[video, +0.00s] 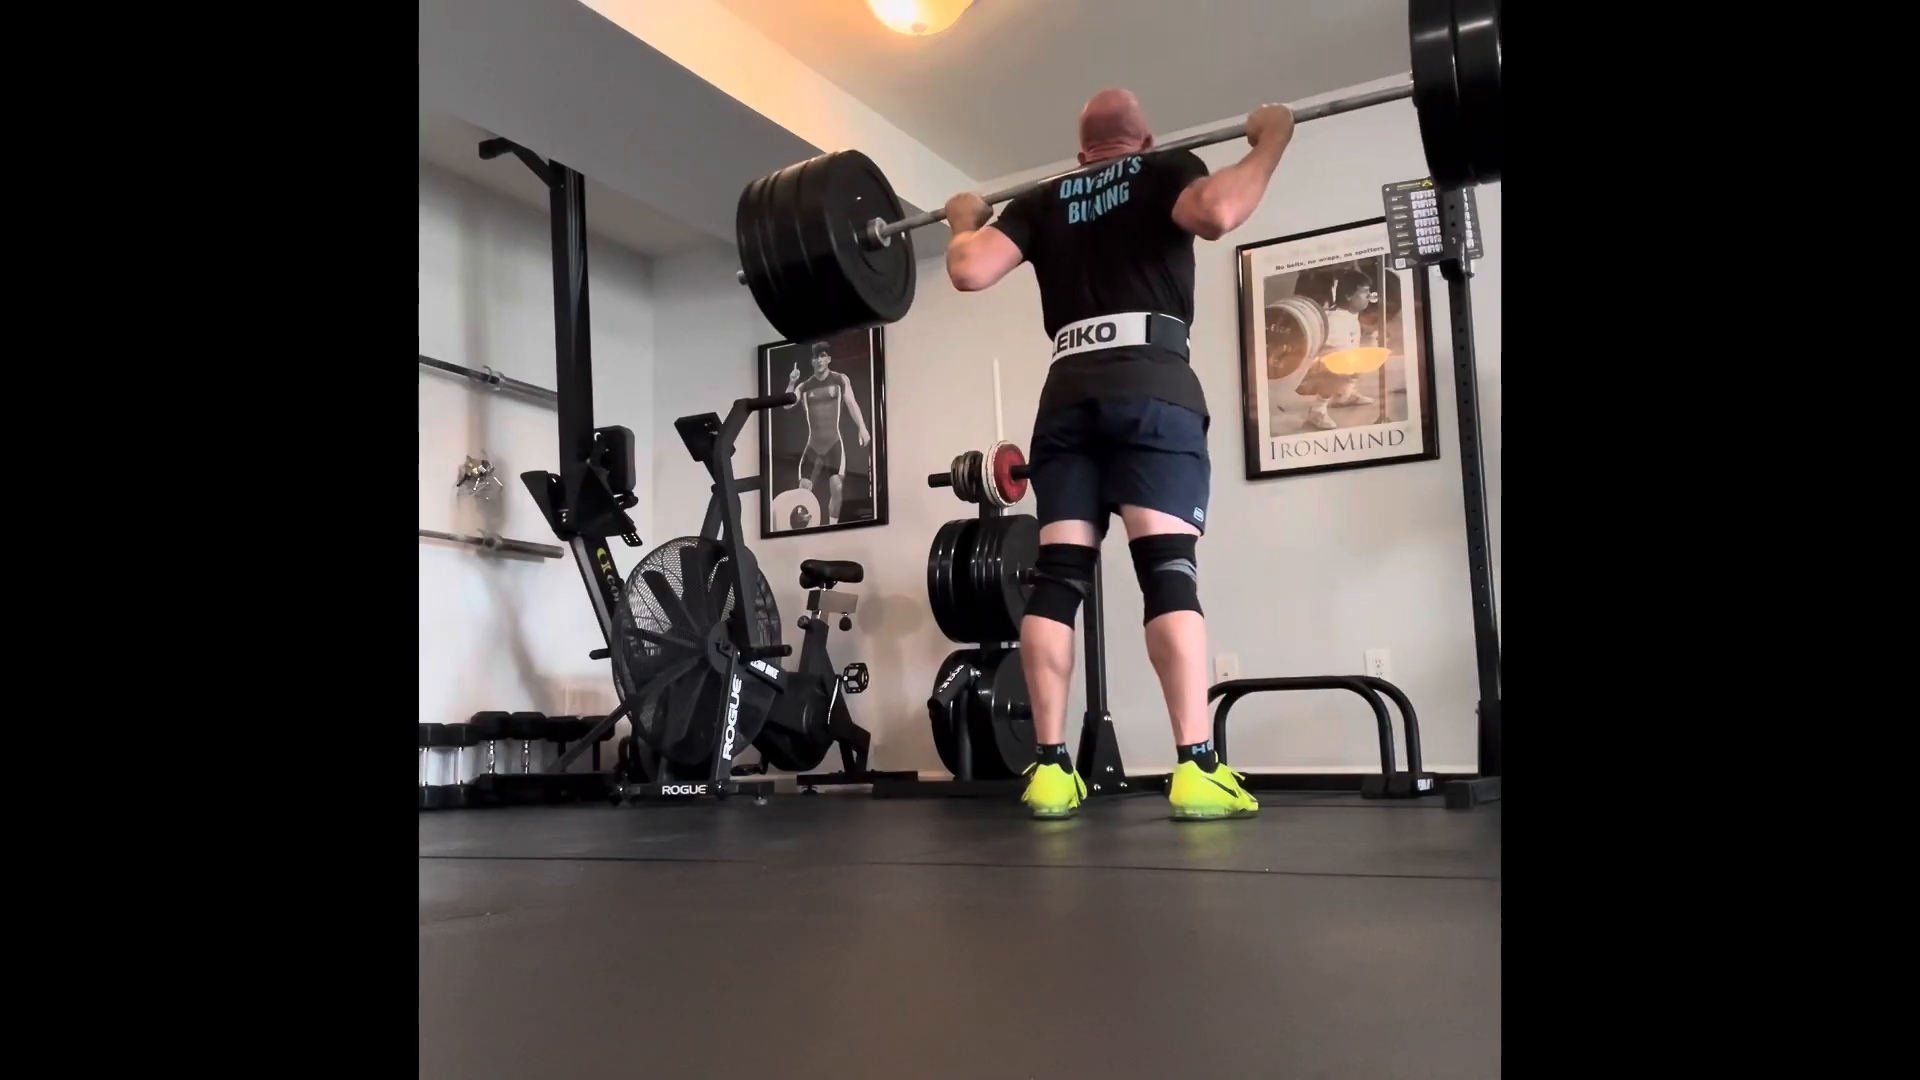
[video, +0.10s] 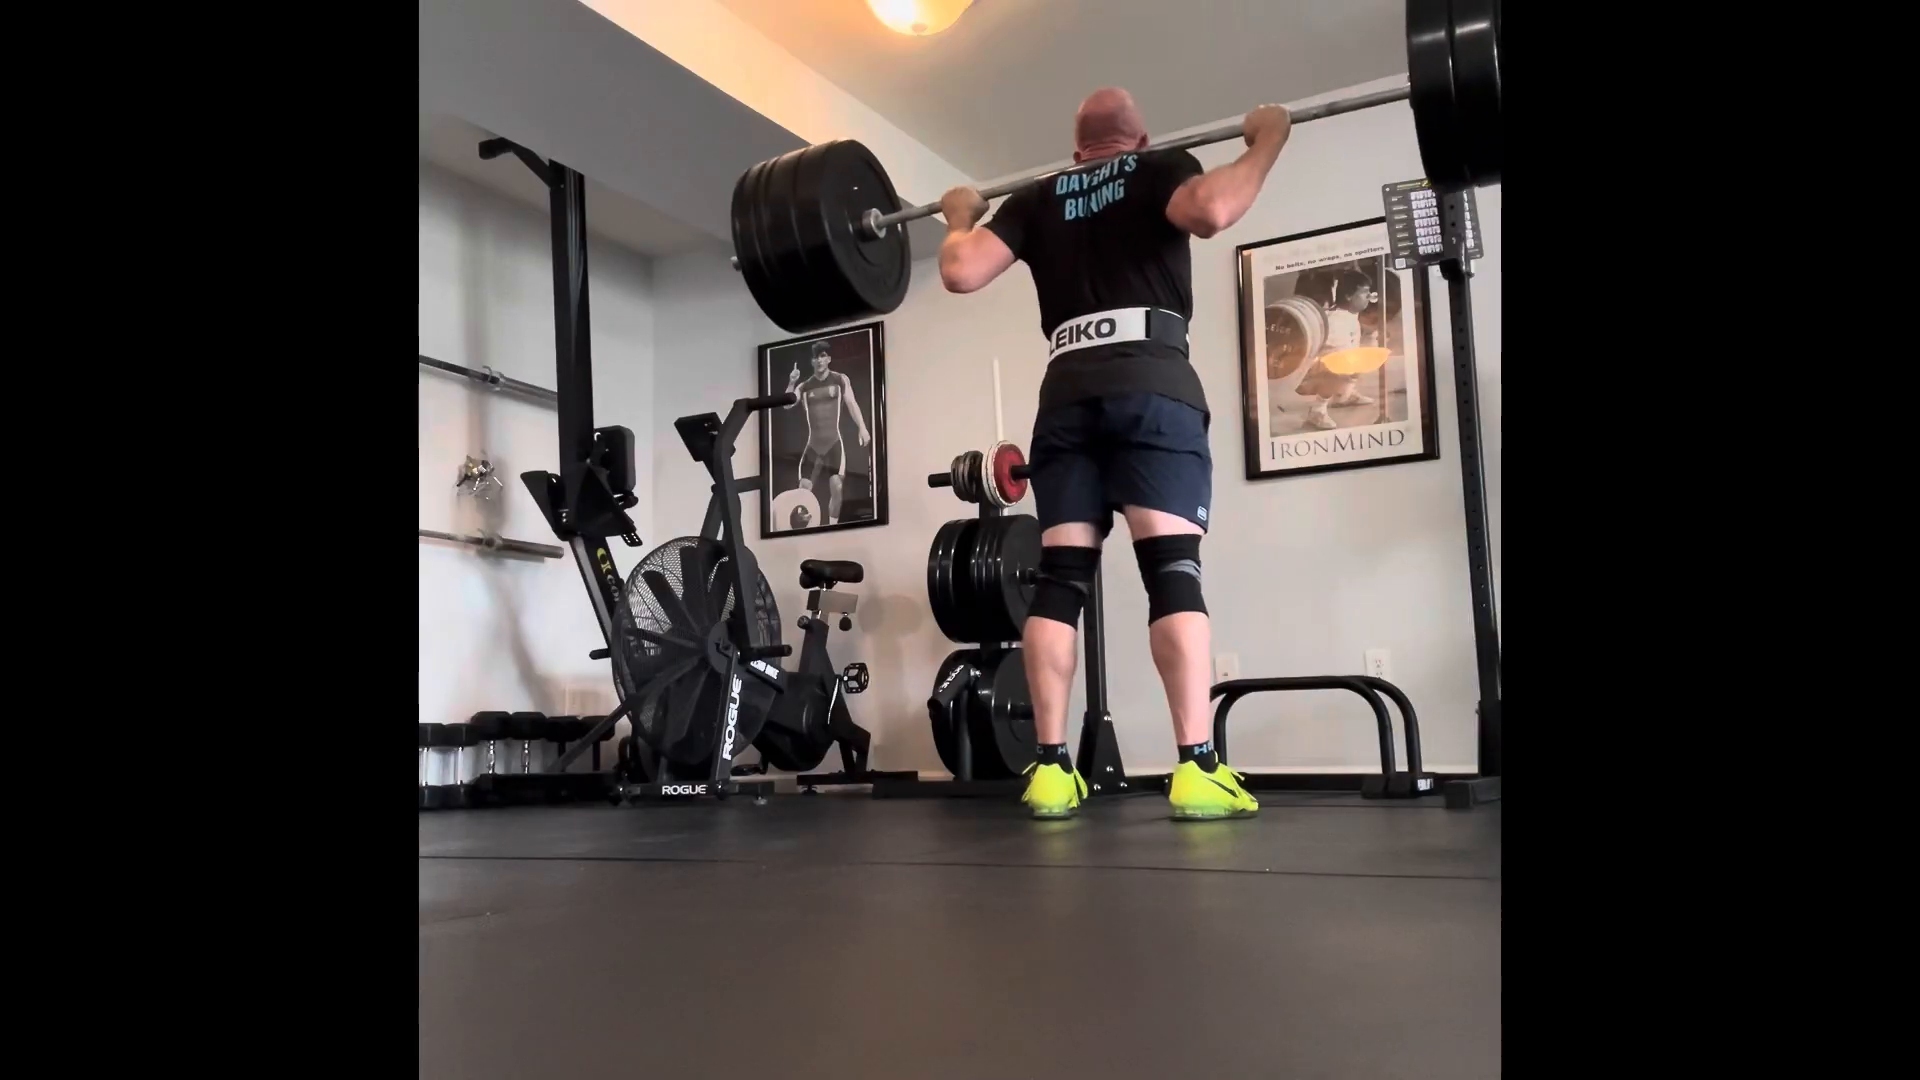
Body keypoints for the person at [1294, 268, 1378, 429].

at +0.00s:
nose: (1369, 298)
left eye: (1368, 293)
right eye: (1364, 293)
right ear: (1348, 296)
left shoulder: (1353, 318)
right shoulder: (1335, 320)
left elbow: (1352, 352)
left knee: (1355, 362)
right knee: (1338, 367)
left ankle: (1345, 394)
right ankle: (1318, 410)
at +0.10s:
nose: (1369, 298)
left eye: (1368, 293)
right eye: (1364, 293)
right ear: (1348, 296)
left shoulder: (1353, 318)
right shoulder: (1335, 320)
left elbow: (1352, 352)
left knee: (1355, 361)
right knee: (1338, 367)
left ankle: (1345, 394)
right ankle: (1318, 409)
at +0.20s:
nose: (1369, 297)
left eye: (1368, 293)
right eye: (1365, 293)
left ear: (1350, 297)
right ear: (1348, 296)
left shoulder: (1353, 318)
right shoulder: (1336, 320)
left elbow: (1352, 352)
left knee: (1355, 361)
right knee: (1338, 368)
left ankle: (1345, 394)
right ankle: (1318, 409)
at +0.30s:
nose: (1369, 298)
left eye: (1368, 293)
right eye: (1365, 293)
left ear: (1350, 297)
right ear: (1348, 296)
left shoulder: (1353, 317)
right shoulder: (1336, 320)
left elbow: (1352, 352)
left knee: (1355, 362)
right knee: (1338, 367)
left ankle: (1344, 394)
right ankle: (1318, 409)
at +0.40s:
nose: (1369, 297)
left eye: (1368, 293)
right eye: (1365, 293)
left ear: (1350, 297)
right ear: (1348, 296)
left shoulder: (1353, 318)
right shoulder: (1336, 320)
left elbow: (1352, 352)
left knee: (1355, 361)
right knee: (1338, 368)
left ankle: (1345, 394)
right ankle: (1318, 409)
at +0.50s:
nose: (1369, 298)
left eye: (1368, 294)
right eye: (1364, 294)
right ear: (1349, 296)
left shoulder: (1353, 318)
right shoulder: (1335, 320)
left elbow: (1351, 352)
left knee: (1355, 362)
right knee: (1338, 367)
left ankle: (1344, 394)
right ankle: (1318, 410)